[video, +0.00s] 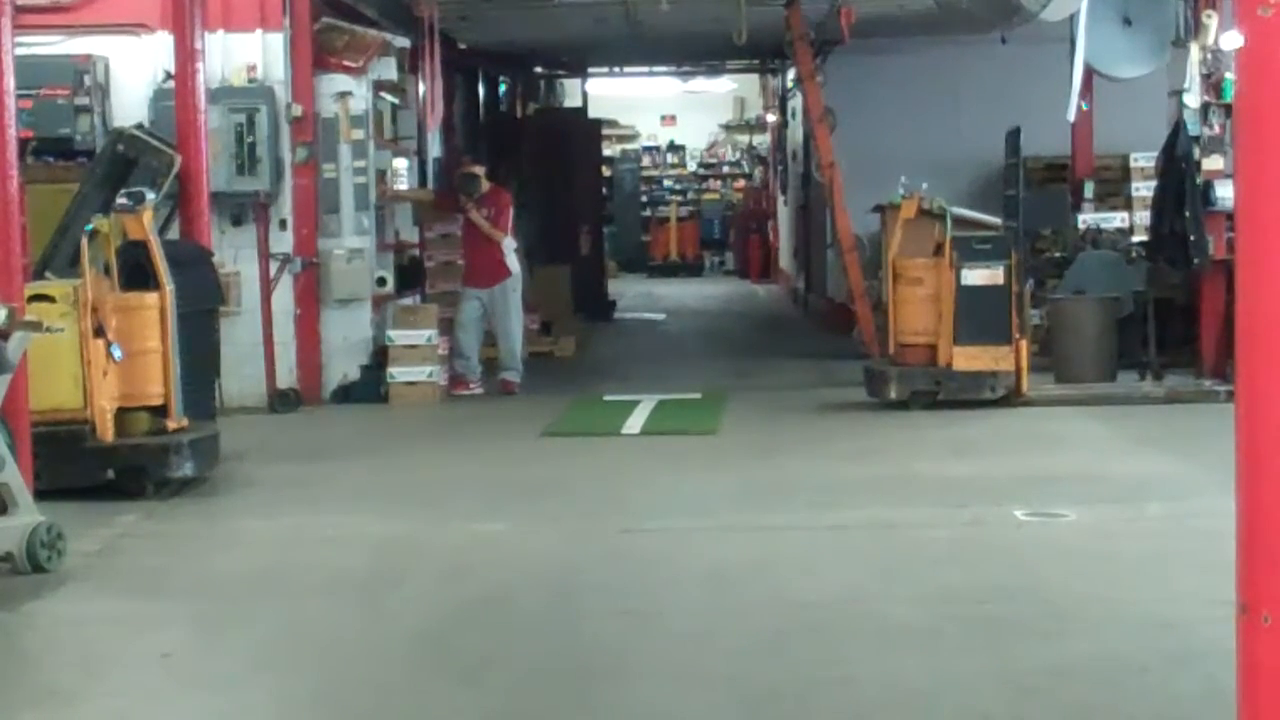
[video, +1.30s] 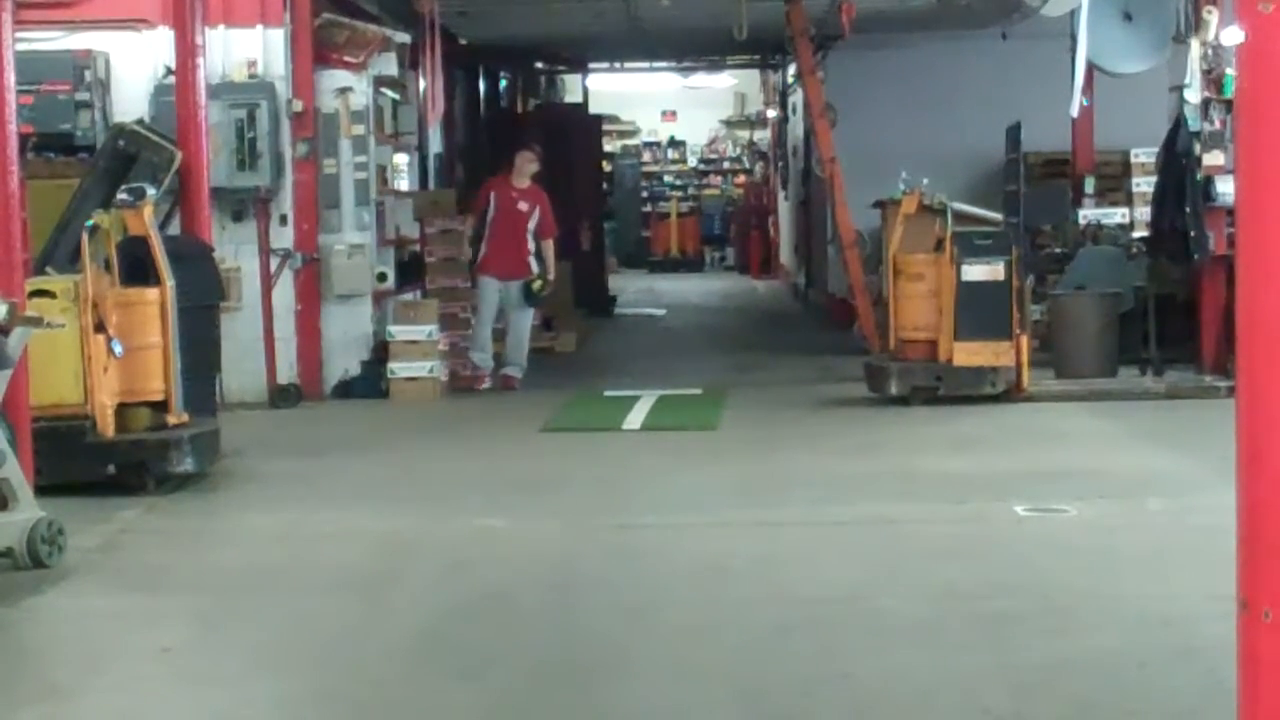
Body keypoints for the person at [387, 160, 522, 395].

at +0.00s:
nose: (468, 201)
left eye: (469, 196)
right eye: (465, 198)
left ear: (479, 187)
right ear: (461, 191)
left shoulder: (501, 198)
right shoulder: (464, 197)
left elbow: (500, 236)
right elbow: (430, 196)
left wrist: (475, 216)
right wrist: (393, 194)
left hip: (503, 279)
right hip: (474, 280)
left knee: (508, 328)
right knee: (465, 327)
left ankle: (510, 376)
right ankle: (469, 378)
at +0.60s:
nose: (476, 174)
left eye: (480, 168)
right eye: (473, 169)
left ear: (492, 169)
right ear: (469, 171)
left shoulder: (507, 197)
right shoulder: (465, 192)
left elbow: (522, 233)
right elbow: (432, 192)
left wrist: (494, 232)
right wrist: (395, 191)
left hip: (506, 275)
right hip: (477, 275)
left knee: (510, 326)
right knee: (468, 323)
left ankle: (511, 374)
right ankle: (471, 376)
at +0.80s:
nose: (490, 169)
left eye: (496, 164)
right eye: (488, 164)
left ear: (507, 169)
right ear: (484, 167)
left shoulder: (517, 196)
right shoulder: (474, 189)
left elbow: (532, 235)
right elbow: (437, 191)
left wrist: (517, 257)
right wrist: (396, 192)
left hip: (509, 274)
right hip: (479, 273)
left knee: (511, 326)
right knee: (470, 323)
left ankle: (510, 374)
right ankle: (470, 375)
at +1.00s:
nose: (509, 166)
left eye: (515, 163)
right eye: (507, 161)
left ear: (522, 168)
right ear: (500, 162)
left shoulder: (528, 198)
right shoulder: (484, 187)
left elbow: (538, 237)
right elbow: (449, 191)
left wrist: (540, 271)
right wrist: (415, 198)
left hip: (514, 278)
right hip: (482, 275)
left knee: (515, 330)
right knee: (473, 326)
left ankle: (511, 373)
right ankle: (471, 373)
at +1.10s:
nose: (515, 166)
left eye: (521, 163)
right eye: (513, 161)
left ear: (528, 169)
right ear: (506, 162)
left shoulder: (533, 198)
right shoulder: (488, 187)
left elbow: (542, 237)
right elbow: (455, 195)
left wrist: (546, 270)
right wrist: (430, 213)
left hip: (515, 276)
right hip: (483, 273)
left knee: (515, 329)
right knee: (475, 324)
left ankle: (511, 373)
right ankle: (471, 372)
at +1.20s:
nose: (521, 164)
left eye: (527, 162)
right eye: (519, 159)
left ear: (533, 168)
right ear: (512, 161)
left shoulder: (537, 198)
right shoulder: (491, 186)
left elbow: (545, 238)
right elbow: (460, 205)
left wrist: (548, 272)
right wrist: (447, 233)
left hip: (519, 274)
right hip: (486, 270)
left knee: (517, 327)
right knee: (477, 322)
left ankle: (512, 372)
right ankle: (474, 370)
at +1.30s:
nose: (526, 164)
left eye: (532, 161)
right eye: (523, 158)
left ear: (537, 167)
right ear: (514, 160)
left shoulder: (539, 197)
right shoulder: (493, 187)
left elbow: (546, 237)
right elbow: (473, 216)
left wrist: (550, 272)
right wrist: (466, 243)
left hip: (522, 272)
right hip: (489, 268)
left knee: (520, 325)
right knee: (484, 320)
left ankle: (513, 371)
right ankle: (481, 368)